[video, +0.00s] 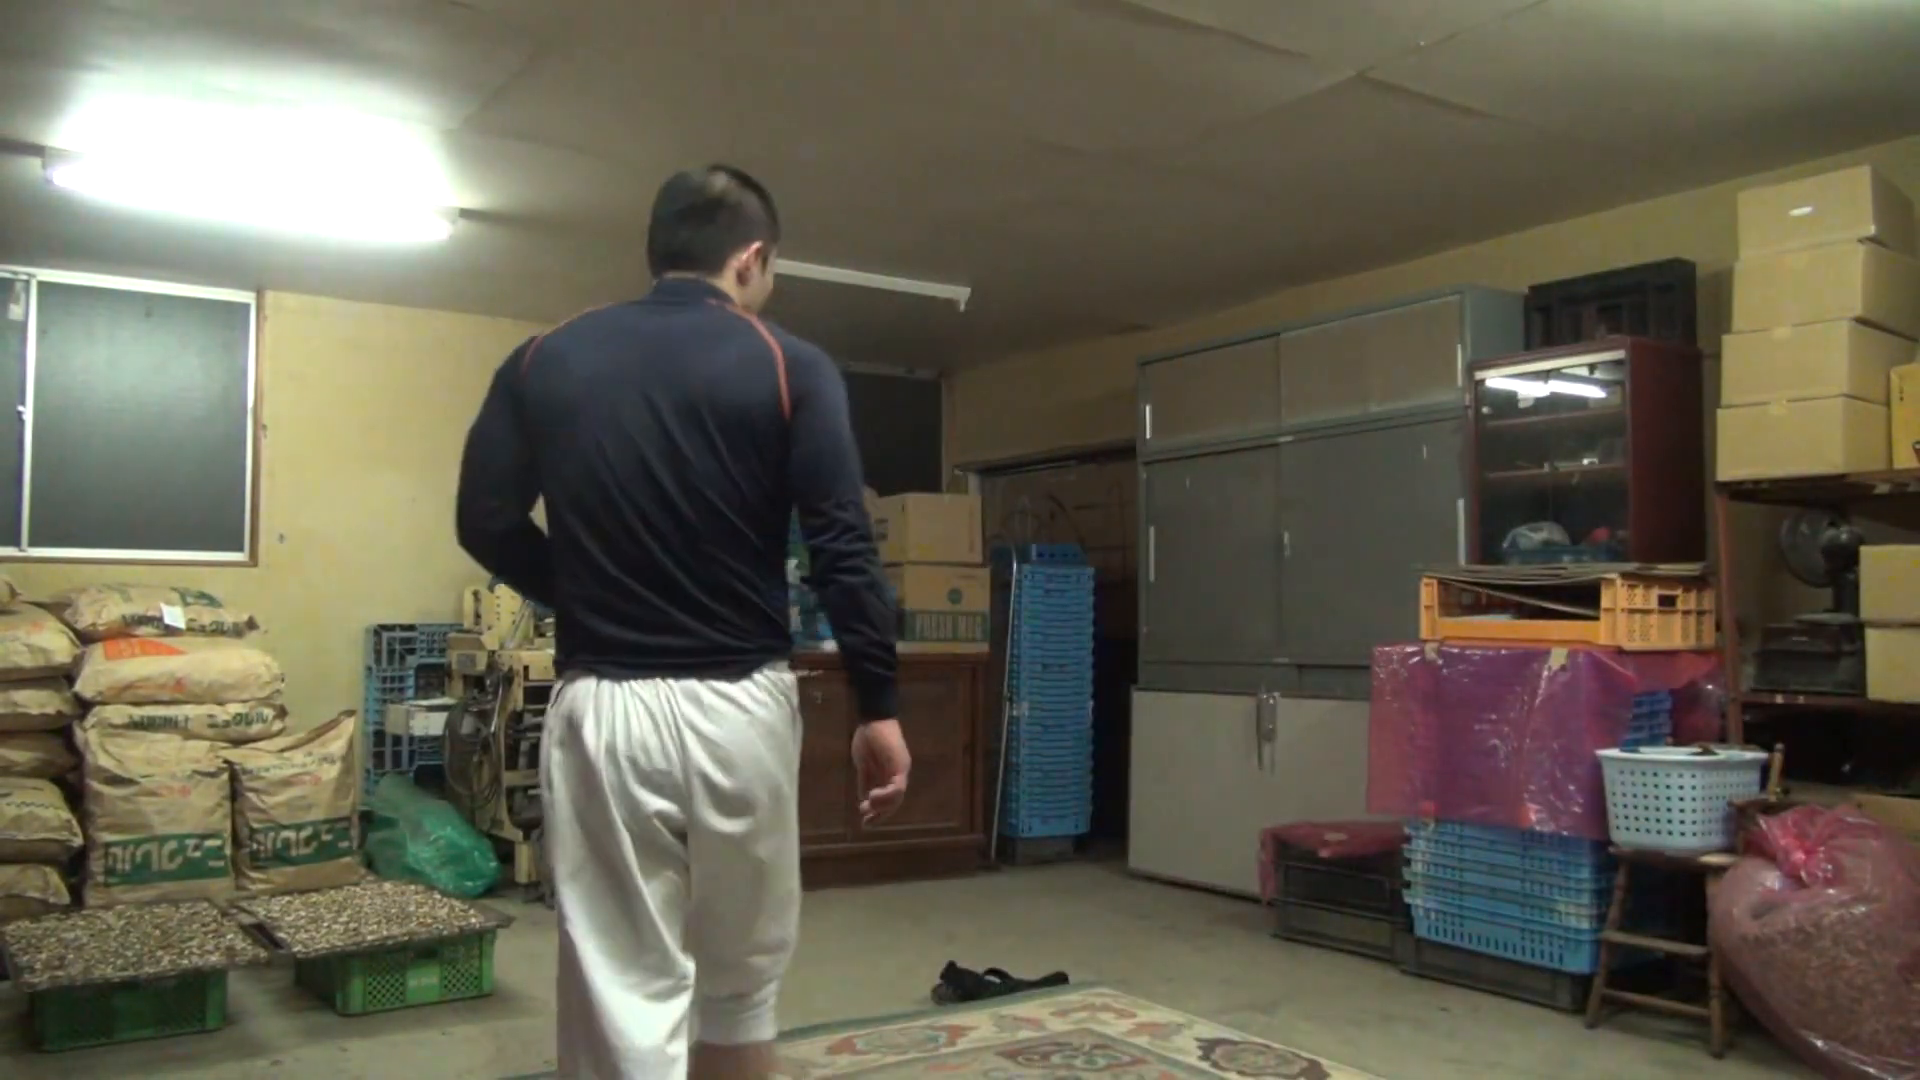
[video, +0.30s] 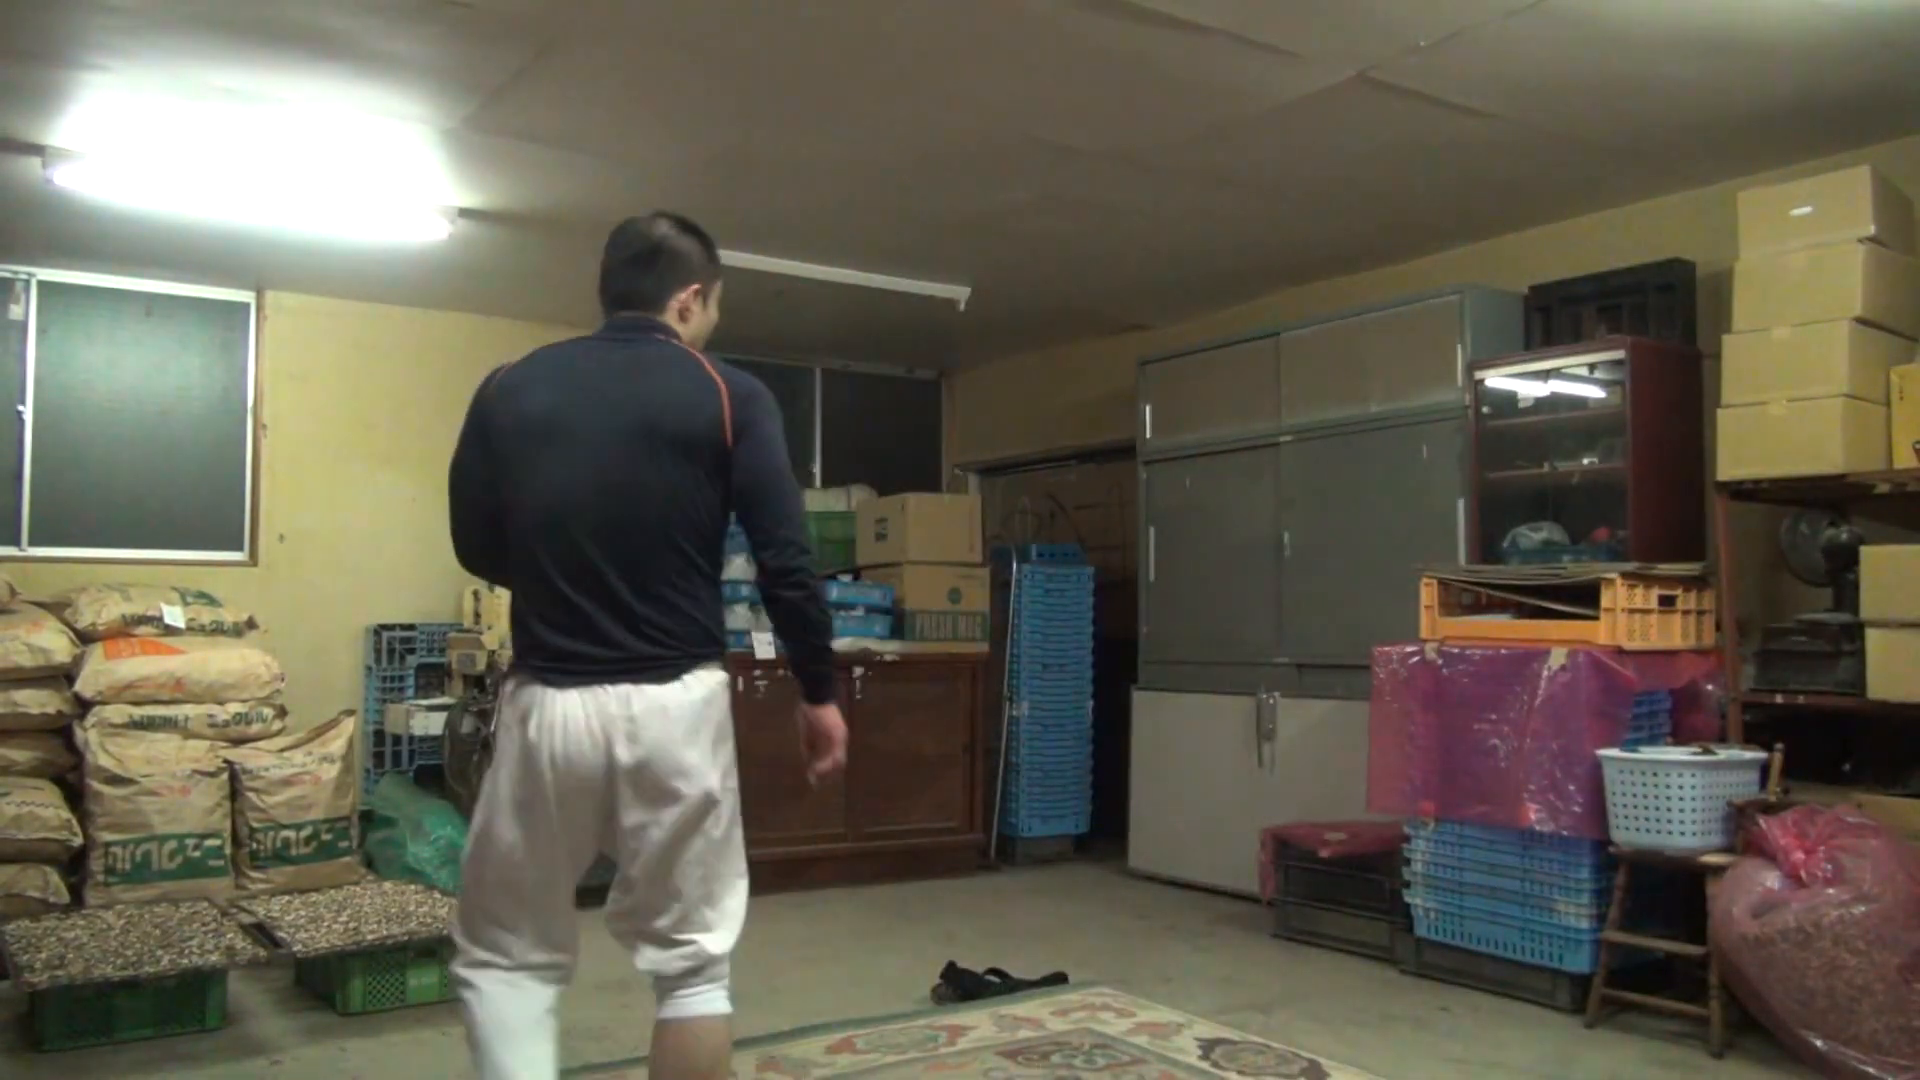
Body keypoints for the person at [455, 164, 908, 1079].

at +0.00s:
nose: (768, 290)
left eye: (768, 271)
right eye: (770, 270)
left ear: (655, 257)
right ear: (747, 261)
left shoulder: (545, 361)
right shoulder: (794, 369)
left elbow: (486, 520)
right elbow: (841, 542)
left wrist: (586, 587)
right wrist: (877, 704)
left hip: (598, 719)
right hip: (741, 719)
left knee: (624, 1003)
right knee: (738, 998)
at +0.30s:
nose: (713, 324)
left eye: (715, 308)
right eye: (713, 307)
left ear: (607, 296)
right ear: (687, 302)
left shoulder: (511, 387)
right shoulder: (731, 395)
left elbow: (480, 546)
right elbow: (785, 559)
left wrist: (572, 566)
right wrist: (820, 689)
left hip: (546, 719)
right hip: (678, 714)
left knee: (507, 963)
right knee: (692, 966)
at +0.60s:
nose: (613, 350)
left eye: (613, 332)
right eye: (608, 331)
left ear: (524, 332)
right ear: (564, 331)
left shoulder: (426, 419)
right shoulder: (572, 396)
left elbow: (415, 561)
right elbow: (596, 528)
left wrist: (547, 630)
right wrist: (658, 595)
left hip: (415, 716)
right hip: (524, 716)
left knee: (407, 966)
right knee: (620, 954)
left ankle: (381, 1072)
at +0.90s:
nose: (542, 336)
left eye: (543, 317)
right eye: (533, 314)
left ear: (461, 314)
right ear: (480, 310)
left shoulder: (380, 388)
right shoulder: (452, 370)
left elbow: (362, 539)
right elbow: (417, 499)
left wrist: (486, 603)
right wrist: (495, 613)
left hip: (339, 691)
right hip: (410, 691)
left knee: (353, 958)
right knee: (460, 943)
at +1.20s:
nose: (492, 337)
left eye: (494, 316)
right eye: (485, 312)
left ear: (400, 309)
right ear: (430, 304)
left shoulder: (303, 386)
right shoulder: (415, 375)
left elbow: (310, 546)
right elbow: (408, 522)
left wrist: (420, 620)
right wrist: (488, 626)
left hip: (243, 710)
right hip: (331, 718)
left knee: (264, 999)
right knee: (315, 1000)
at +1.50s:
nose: (439, 295)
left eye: (437, 273)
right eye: (428, 271)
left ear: (358, 273)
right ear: (370, 270)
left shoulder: (268, 350)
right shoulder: (324, 344)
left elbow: (184, 494)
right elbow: (254, 468)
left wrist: (328, 577)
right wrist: (364, 589)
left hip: (201, 691)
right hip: (260, 698)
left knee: (180, 985)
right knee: (329, 973)